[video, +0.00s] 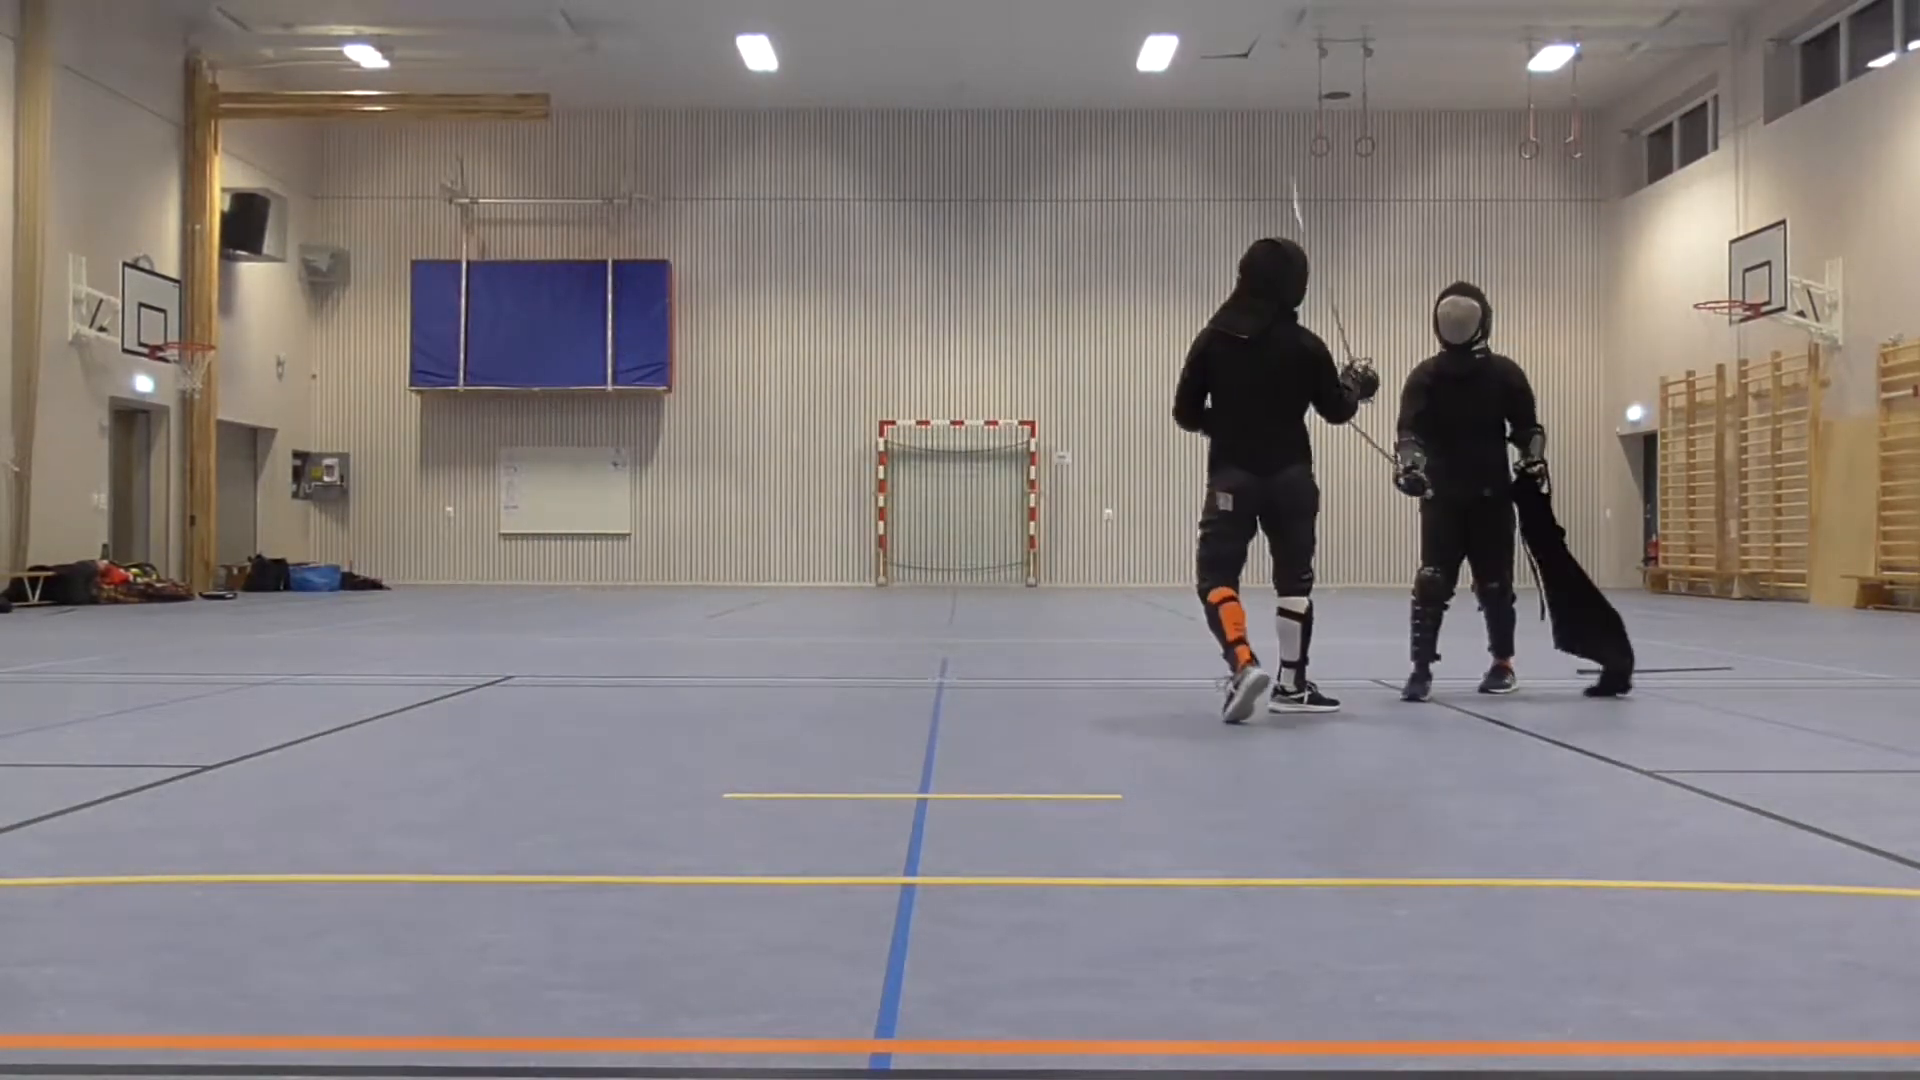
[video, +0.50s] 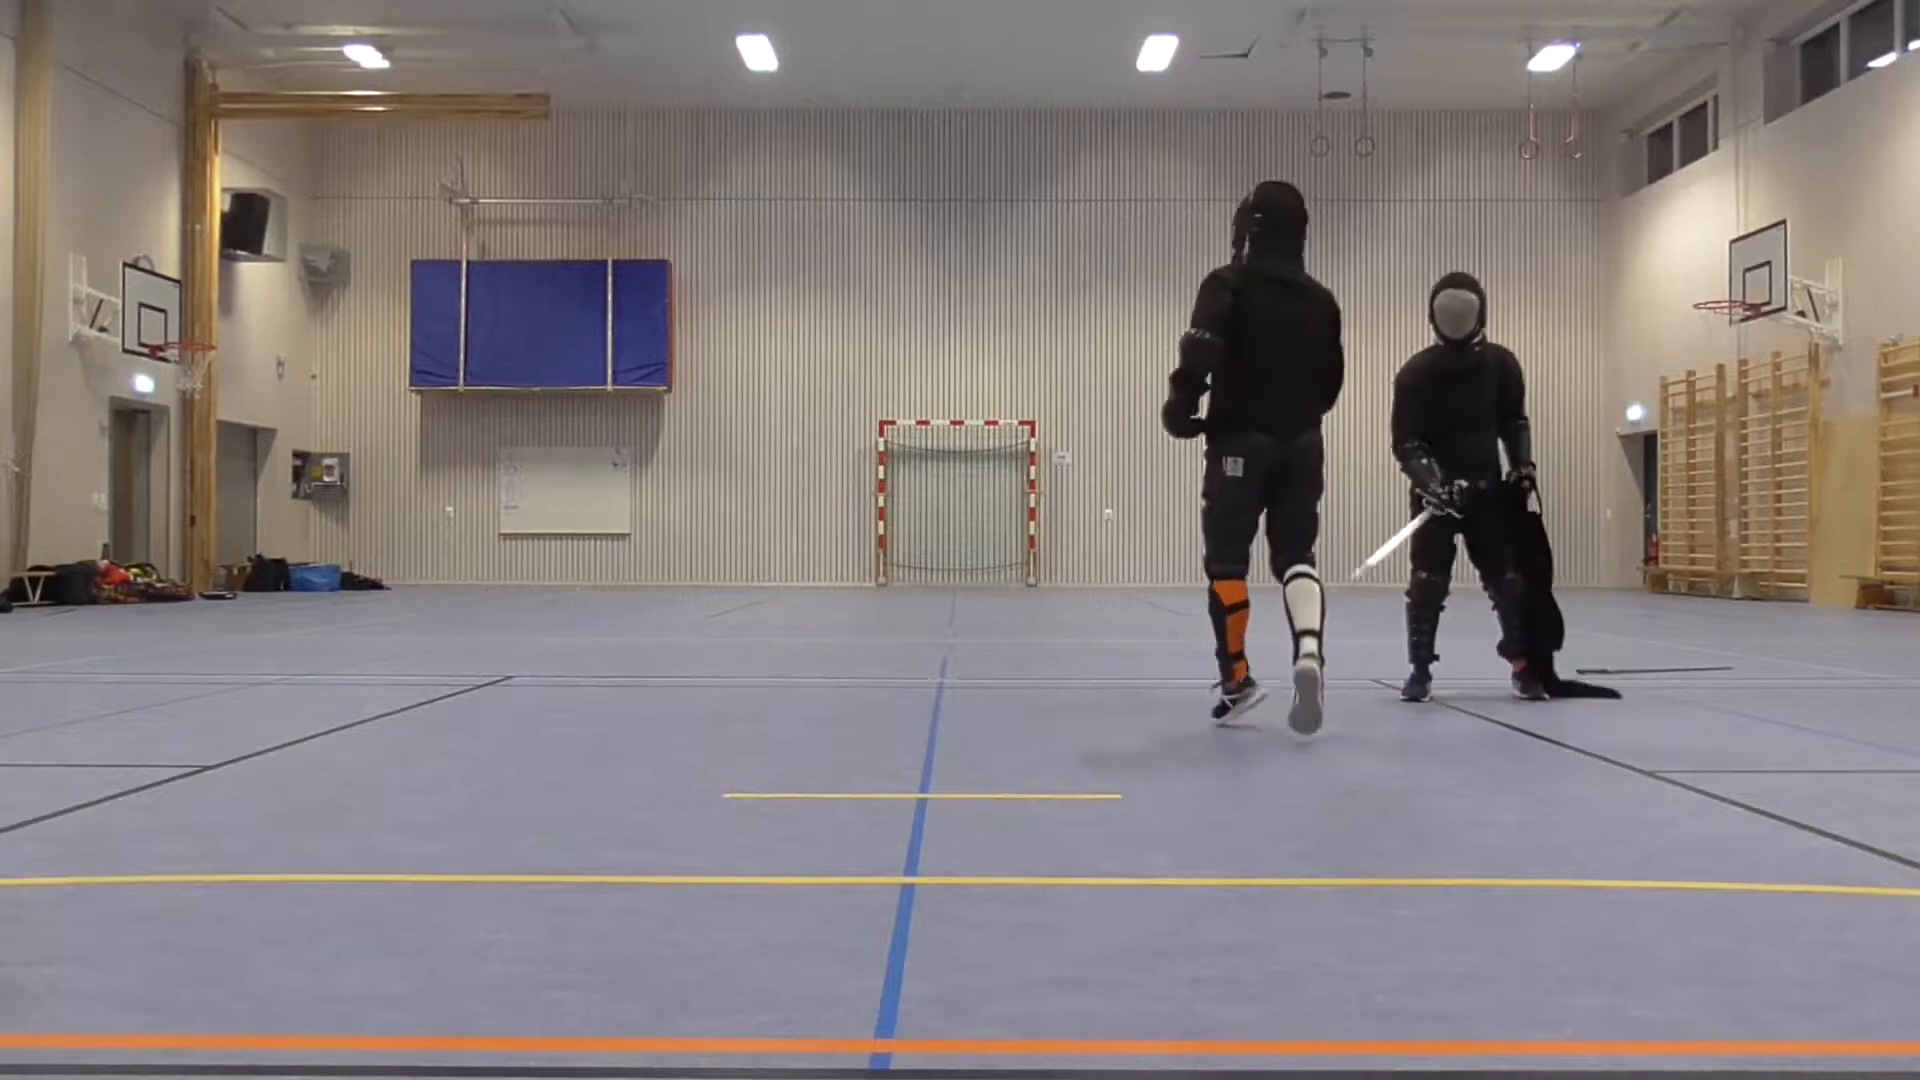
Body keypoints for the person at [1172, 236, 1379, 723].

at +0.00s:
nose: (1304, 290)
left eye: (1302, 282)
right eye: (1301, 283)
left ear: (1246, 280)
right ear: (1294, 288)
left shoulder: (1215, 339)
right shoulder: (1304, 346)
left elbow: (1186, 414)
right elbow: (1335, 411)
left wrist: (1230, 421)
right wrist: (1356, 389)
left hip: (1231, 482)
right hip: (1292, 482)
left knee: (1217, 577)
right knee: (1295, 577)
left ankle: (1244, 667)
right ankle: (1292, 684)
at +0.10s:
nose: (1299, 292)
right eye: (1298, 284)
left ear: (1243, 279)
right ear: (1293, 286)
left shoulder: (1215, 340)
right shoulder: (1306, 343)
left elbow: (1179, 418)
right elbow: (1326, 401)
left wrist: (1206, 464)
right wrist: (1326, 366)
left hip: (1234, 484)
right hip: (1295, 485)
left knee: (1224, 584)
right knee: (1297, 581)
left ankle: (1258, 686)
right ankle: (1300, 683)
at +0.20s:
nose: (1304, 287)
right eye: (1302, 279)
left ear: (1245, 276)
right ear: (1295, 283)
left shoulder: (1217, 337)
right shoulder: (1309, 344)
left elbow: (1179, 404)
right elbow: (1307, 399)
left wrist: (1167, 457)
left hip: (1232, 480)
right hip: (1295, 479)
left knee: (1225, 588)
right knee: (1308, 577)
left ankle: (1261, 696)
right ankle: (1320, 684)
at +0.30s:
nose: (1301, 284)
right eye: (1300, 276)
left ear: (1245, 270)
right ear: (1296, 279)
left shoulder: (1215, 332)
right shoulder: (1308, 343)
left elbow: (1167, 395)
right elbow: (1301, 404)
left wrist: (1153, 450)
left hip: (1232, 482)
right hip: (1296, 481)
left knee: (1224, 588)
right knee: (1311, 572)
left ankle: (1262, 696)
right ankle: (1326, 682)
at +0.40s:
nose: (1244, 248)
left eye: (1246, 239)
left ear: (1245, 244)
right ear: (1297, 252)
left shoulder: (1217, 306)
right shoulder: (1311, 319)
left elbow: (1177, 366)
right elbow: (1317, 390)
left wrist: (1162, 423)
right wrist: (1284, 421)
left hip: (1233, 460)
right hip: (1298, 460)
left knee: (1230, 570)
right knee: (1306, 555)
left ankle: (1256, 691)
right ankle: (1311, 649)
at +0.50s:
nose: (1234, 233)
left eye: (1239, 224)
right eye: (1239, 224)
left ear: (1248, 228)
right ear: (1300, 233)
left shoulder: (1226, 284)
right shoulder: (1321, 300)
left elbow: (1200, 352)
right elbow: (1330, 382)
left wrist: (1181, 402)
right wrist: (1298, 416)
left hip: (1238, 446)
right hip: (1303, 448)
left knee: (1227, 560)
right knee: (1296, 556)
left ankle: (1236, 680)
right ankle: (1309, 654)